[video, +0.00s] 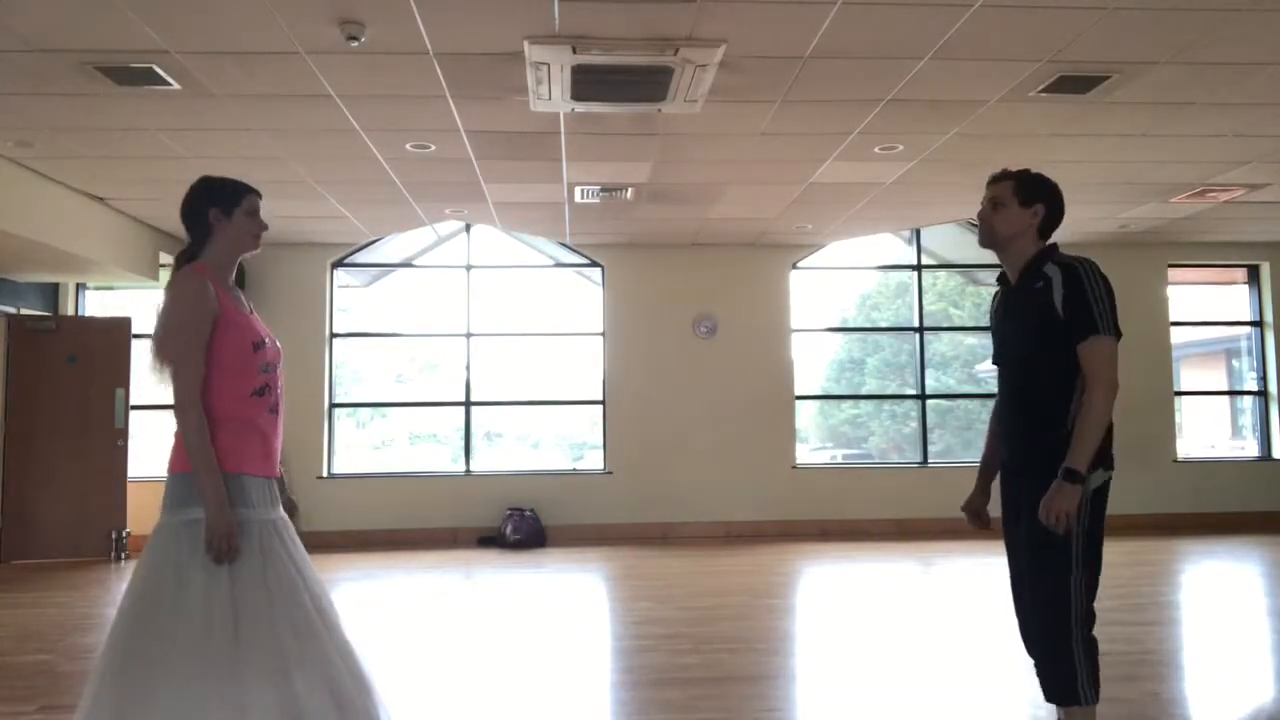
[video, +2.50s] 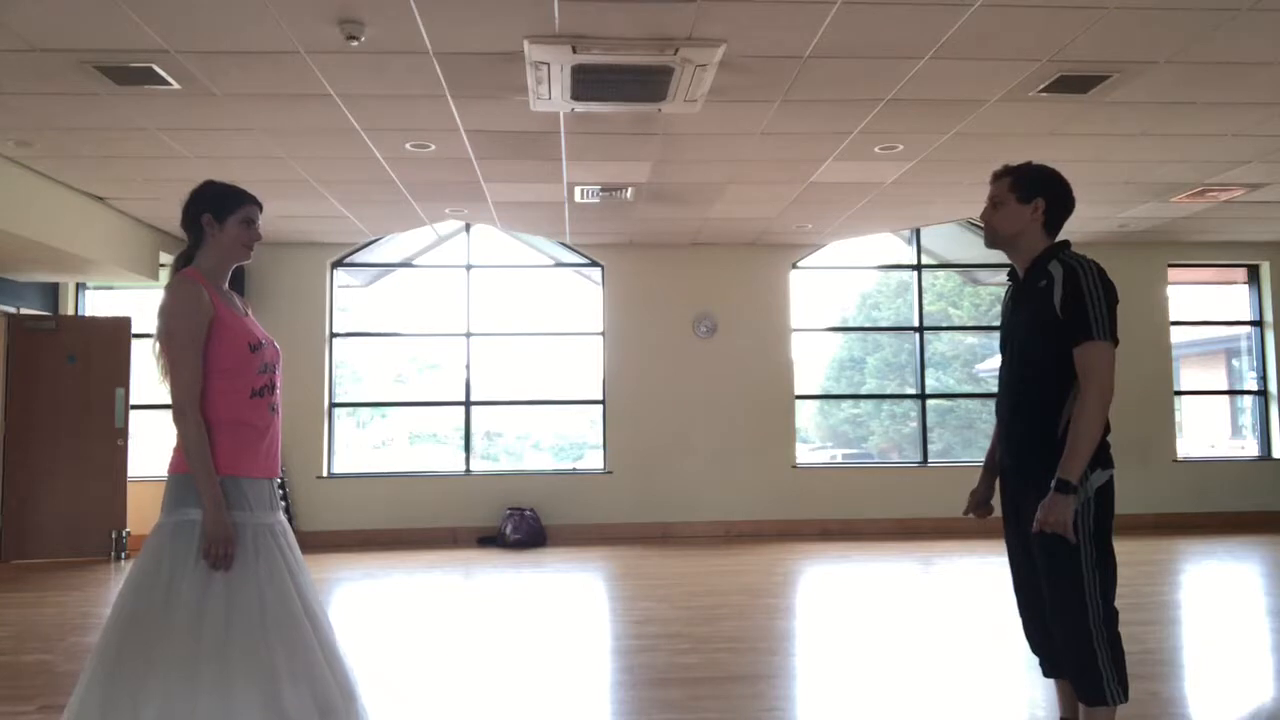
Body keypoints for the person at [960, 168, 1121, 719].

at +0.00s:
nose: (980, 213)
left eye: (994, 205)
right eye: (984, 204)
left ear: (1034, 217)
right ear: (1012, 220)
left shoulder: (1076, 277)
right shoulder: (1005, 297)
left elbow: (1102, 385)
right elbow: (1011, 397)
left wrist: (1072, 478)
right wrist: (983, 482)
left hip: (1067, 476)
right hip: (1022, 476)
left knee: (1063, 621)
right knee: (1038, 618)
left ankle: (1077, 714)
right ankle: (1070, 711)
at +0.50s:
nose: (994, 212)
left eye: (1009, 203)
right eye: (998, 203)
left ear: (1048, 212)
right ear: (1034, 215)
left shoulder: (1081, 274)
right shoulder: (1021, 293)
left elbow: (1100, 385)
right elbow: (1018, 398)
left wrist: (1062, 479)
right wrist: (986, 478)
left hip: (1068, 485)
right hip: (1025, 482)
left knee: (1081, 634)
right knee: (1052, 632)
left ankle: (1095, 715)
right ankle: (1069, 713)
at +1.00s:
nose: (1004, 206)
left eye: (1018, 199)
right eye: (1008, 198)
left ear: (1057, 210)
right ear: (1044, 212)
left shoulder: (1087, 274)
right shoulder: (1027, 290)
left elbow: (1102, 391)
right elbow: (1022, 396)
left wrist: (1062, 484)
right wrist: (991, 478)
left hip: (1075, 484)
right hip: (1028, 482)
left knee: (1087, 634)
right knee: (1052, 631)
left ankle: (1100, 715)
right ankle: (1070, 713)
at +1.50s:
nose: (996, 207)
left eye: (1011, 198)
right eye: (1000, 197)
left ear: (1052, 211)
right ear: (1033, 213)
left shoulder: (1084, 275)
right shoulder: (1022, 290)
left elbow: (1111, 387)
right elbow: (1021, 395)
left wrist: (1085, 489)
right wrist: (993, 476)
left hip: (1073, 481)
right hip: (1029, 478)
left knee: (1087, 627)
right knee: (1051, 623)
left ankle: (1099, 715)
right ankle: (1070, 712)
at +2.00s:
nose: (990, 210)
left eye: (1005, 200)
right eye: (994, 200)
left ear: (1046, 211)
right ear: (1029, 214)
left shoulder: (1078, 273)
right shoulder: (1020, 289)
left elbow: (1095, 388)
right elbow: (1016, 394)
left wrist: (1053, 483)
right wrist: (985, 477)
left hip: (1072, 484)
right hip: (1025, 481)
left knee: (1086, 634)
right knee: (1052, 632)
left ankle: (1099, 715)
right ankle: (1070, 713)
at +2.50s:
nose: (984, 212)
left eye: (996, 202)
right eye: (987, 202)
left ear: (1035, 210)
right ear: (1024, 214)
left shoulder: (1076, 274)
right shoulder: (1019, 291)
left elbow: (1097, 389)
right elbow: (1017, 396)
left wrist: (1065, 487)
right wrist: (988, 477)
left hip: (1068, 483)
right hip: (1025, 481)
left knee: (1084, 632)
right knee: (1052, 628)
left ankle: (1098, 715)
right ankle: (1069, 713)